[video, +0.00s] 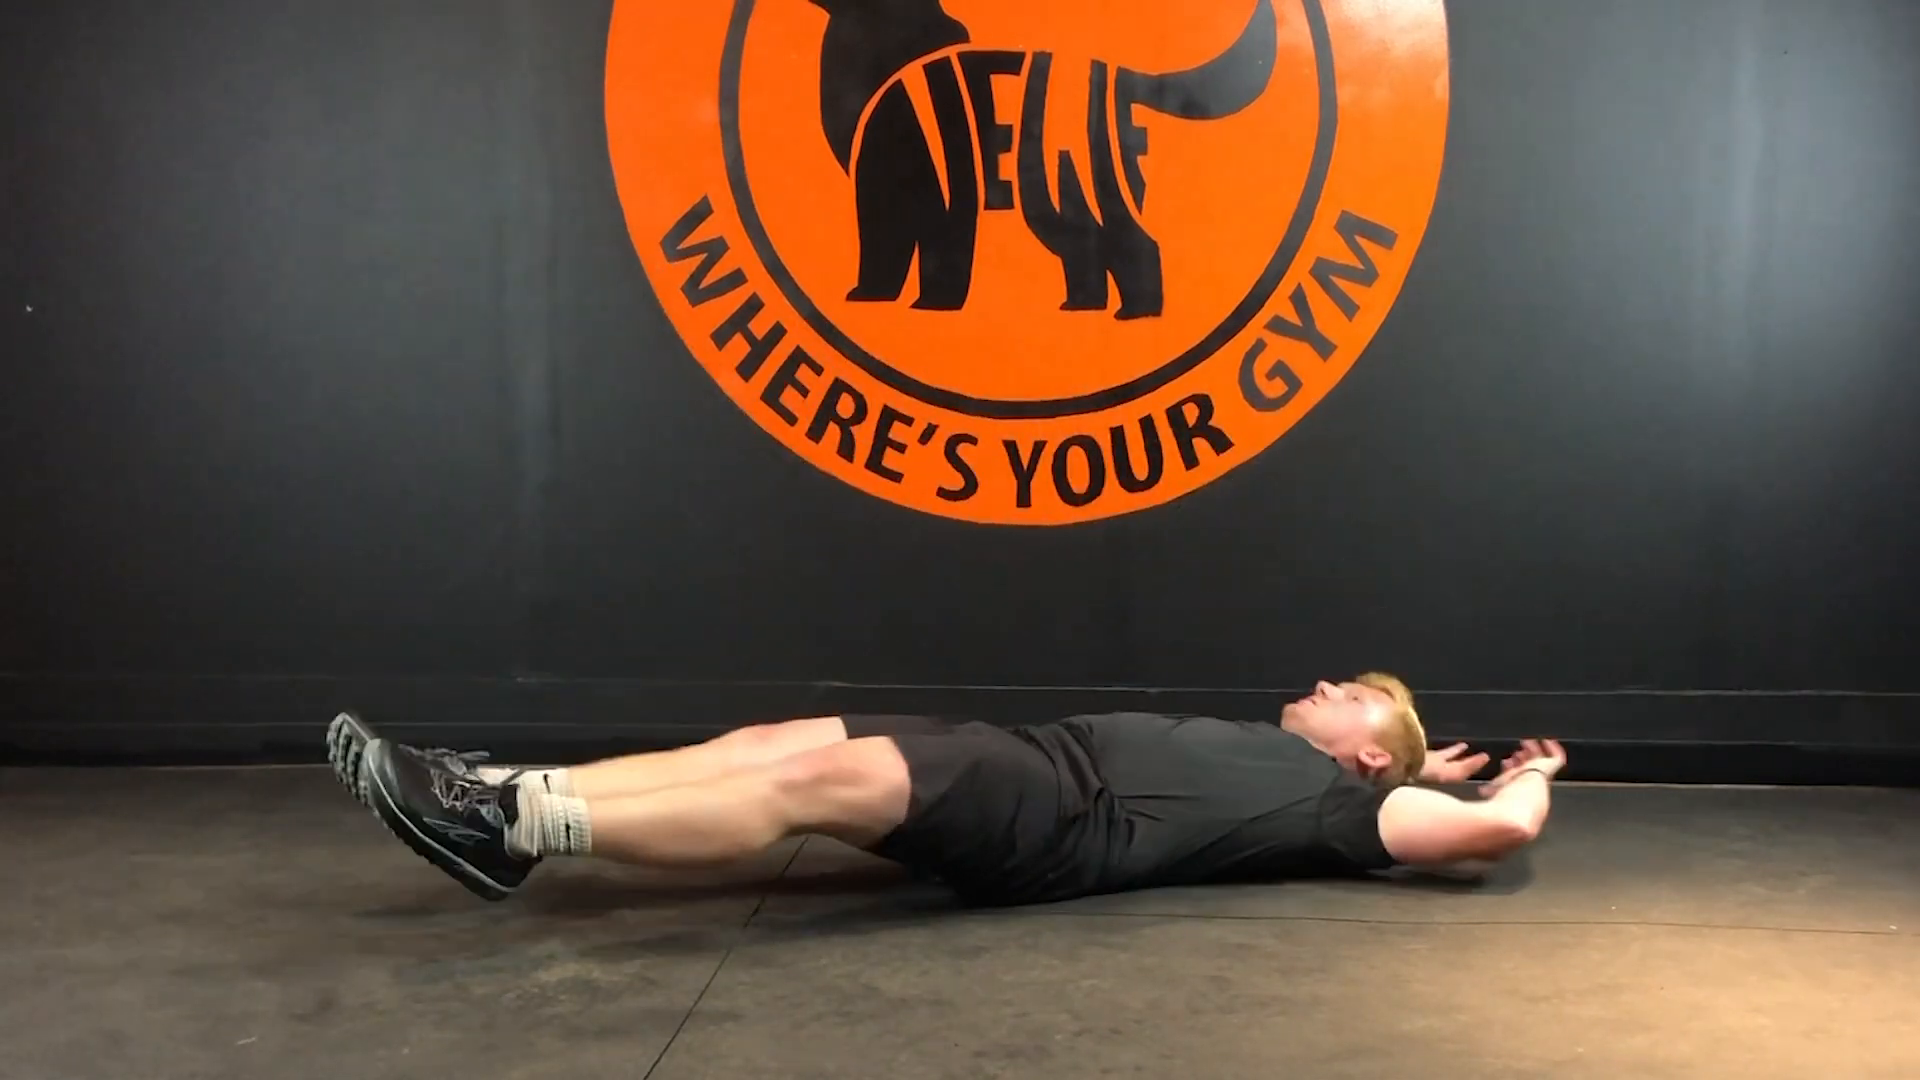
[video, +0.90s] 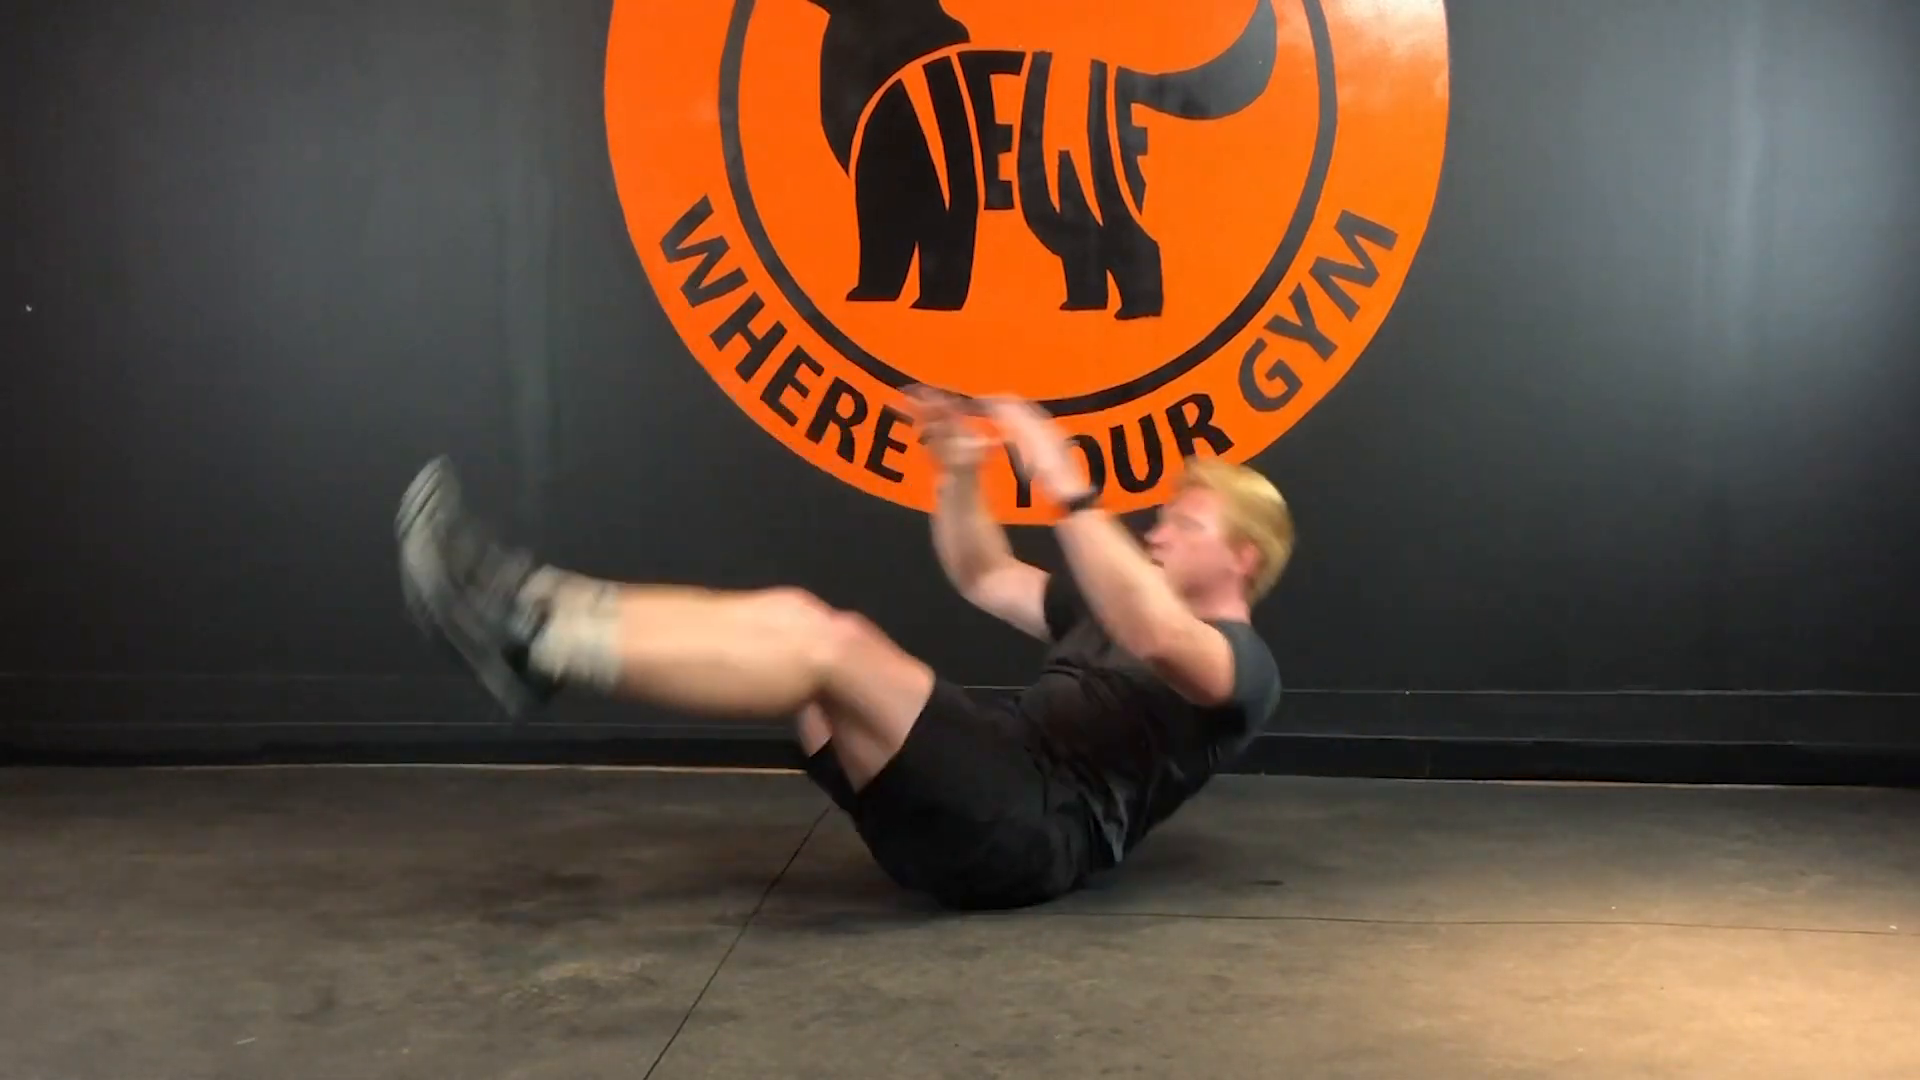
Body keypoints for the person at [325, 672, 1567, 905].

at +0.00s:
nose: (1327, 690)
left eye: (1356, 702)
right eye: (1335, 686)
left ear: (1383, 755)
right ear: (1316, 714)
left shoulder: (1351, 796)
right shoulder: (1237, 742)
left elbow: (1497, 834)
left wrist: (1523, 782)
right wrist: (1430, 760)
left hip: (1068, 796)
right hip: (1002, 740)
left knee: (833, 776)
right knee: (777, 738)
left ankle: (526, 834)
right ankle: (493, 800)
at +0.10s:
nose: (1347, 696)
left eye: (1372, 702)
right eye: (1351, 685)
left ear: (1387, 754)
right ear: (1324, 696)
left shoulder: (1336, 796)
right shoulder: (1247, 733)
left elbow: (1482, 761)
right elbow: (1249, 691)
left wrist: (1500, 682)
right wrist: (1378, 690)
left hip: (1065, 811)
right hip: (1003, 757)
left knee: (824, 760)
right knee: (764, 746)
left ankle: (519, 804)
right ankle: (496, 791)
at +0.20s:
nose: (1309, 674)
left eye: (1332, 681)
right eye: (1308, 670)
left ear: (1358, 723)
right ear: (1280, 689)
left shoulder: (1314, 780)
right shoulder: (1216, 731)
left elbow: (1360, 679)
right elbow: (1171, 625)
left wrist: (1334, 545)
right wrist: (1245, 507)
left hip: (1055, 818)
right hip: (1004, 782)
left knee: (827, 724)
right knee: (794, 721)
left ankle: (523, 748)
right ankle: (516, 746)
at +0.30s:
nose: (1267, 621)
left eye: (1294, 622)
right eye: (1274, 610)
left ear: (1337, 670)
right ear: (1272, 626)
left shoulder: (1299, 728)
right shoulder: (1215, 691)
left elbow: (1202, 666)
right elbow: (1088, 607)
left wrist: (1103, 548)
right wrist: (1056, 487)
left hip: (1057, 829)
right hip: (1012, 800)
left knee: (843, 677)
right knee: (813, 677)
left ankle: (544, 687)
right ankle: (536, 671)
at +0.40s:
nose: (1189, 577)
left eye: (1216, 565)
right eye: (1200, 559)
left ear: (1275, 601)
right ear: (1240, 591)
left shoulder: (1269, 681)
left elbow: (1150, 643)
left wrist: (1017, 546)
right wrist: (948, 466)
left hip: (1044, 838)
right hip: (993, 820)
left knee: (872, 621)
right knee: (842, 612)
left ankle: (593, 611)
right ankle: (573, 580)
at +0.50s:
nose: (1128, 540)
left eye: (1150, 526)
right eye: (1129, 523)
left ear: (1215, 545)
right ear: (1131, 529)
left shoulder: (1226, 630)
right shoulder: (1119, 601)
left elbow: (1099, 588)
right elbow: (970, 540)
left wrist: (972, 478)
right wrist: (878, 435)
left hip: (1030, 829)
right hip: (953, 828)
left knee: (923, 584)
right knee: (876, 586)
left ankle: (655, 506)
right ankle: (630, 514)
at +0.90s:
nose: (1152, 536)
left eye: (1180, 524)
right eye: (1157, 523)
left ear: (1241, 564)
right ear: (1164, 541)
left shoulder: (1248, 669)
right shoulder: (1114, 621)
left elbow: (1151, 628)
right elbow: (982, 572)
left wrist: (1060, 487)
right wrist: (959, 473)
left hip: (1031, 828)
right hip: (964, 801)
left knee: (826, 644)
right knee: (800, 622)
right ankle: (533, 617)